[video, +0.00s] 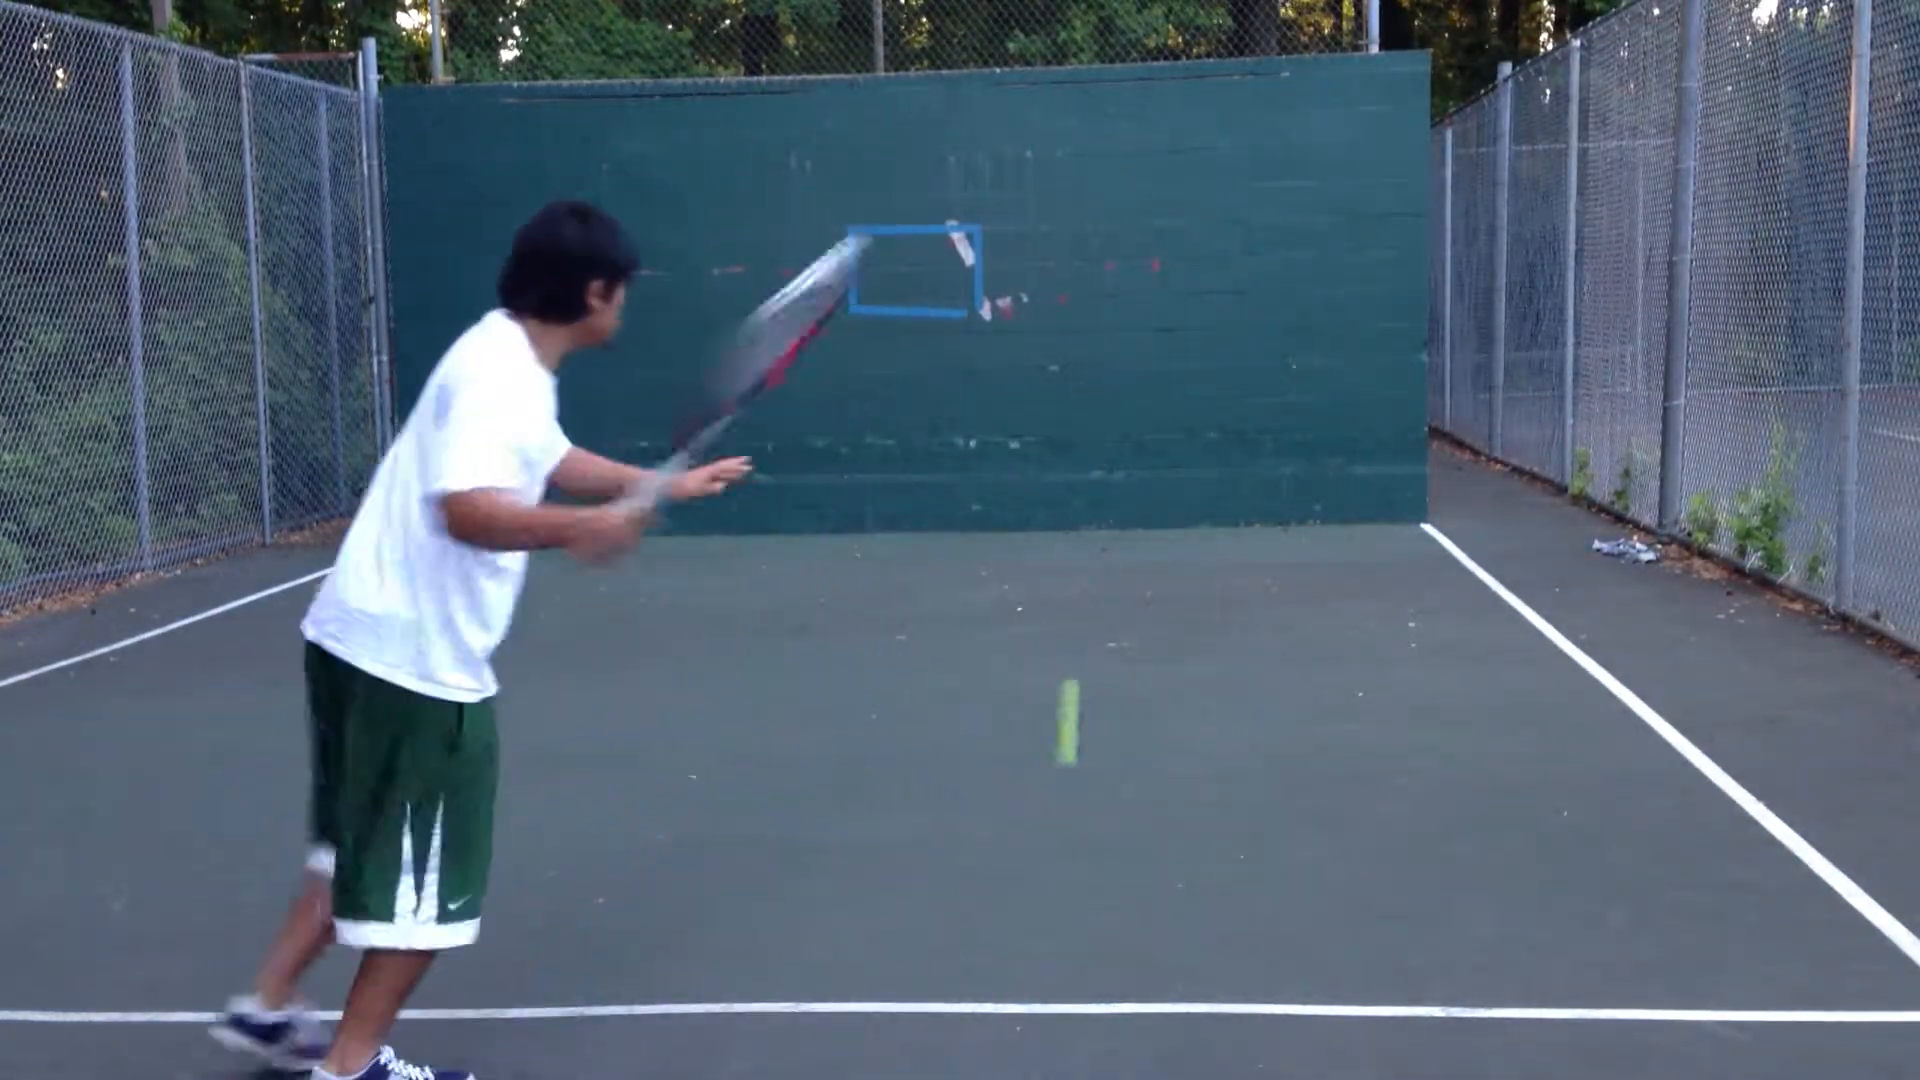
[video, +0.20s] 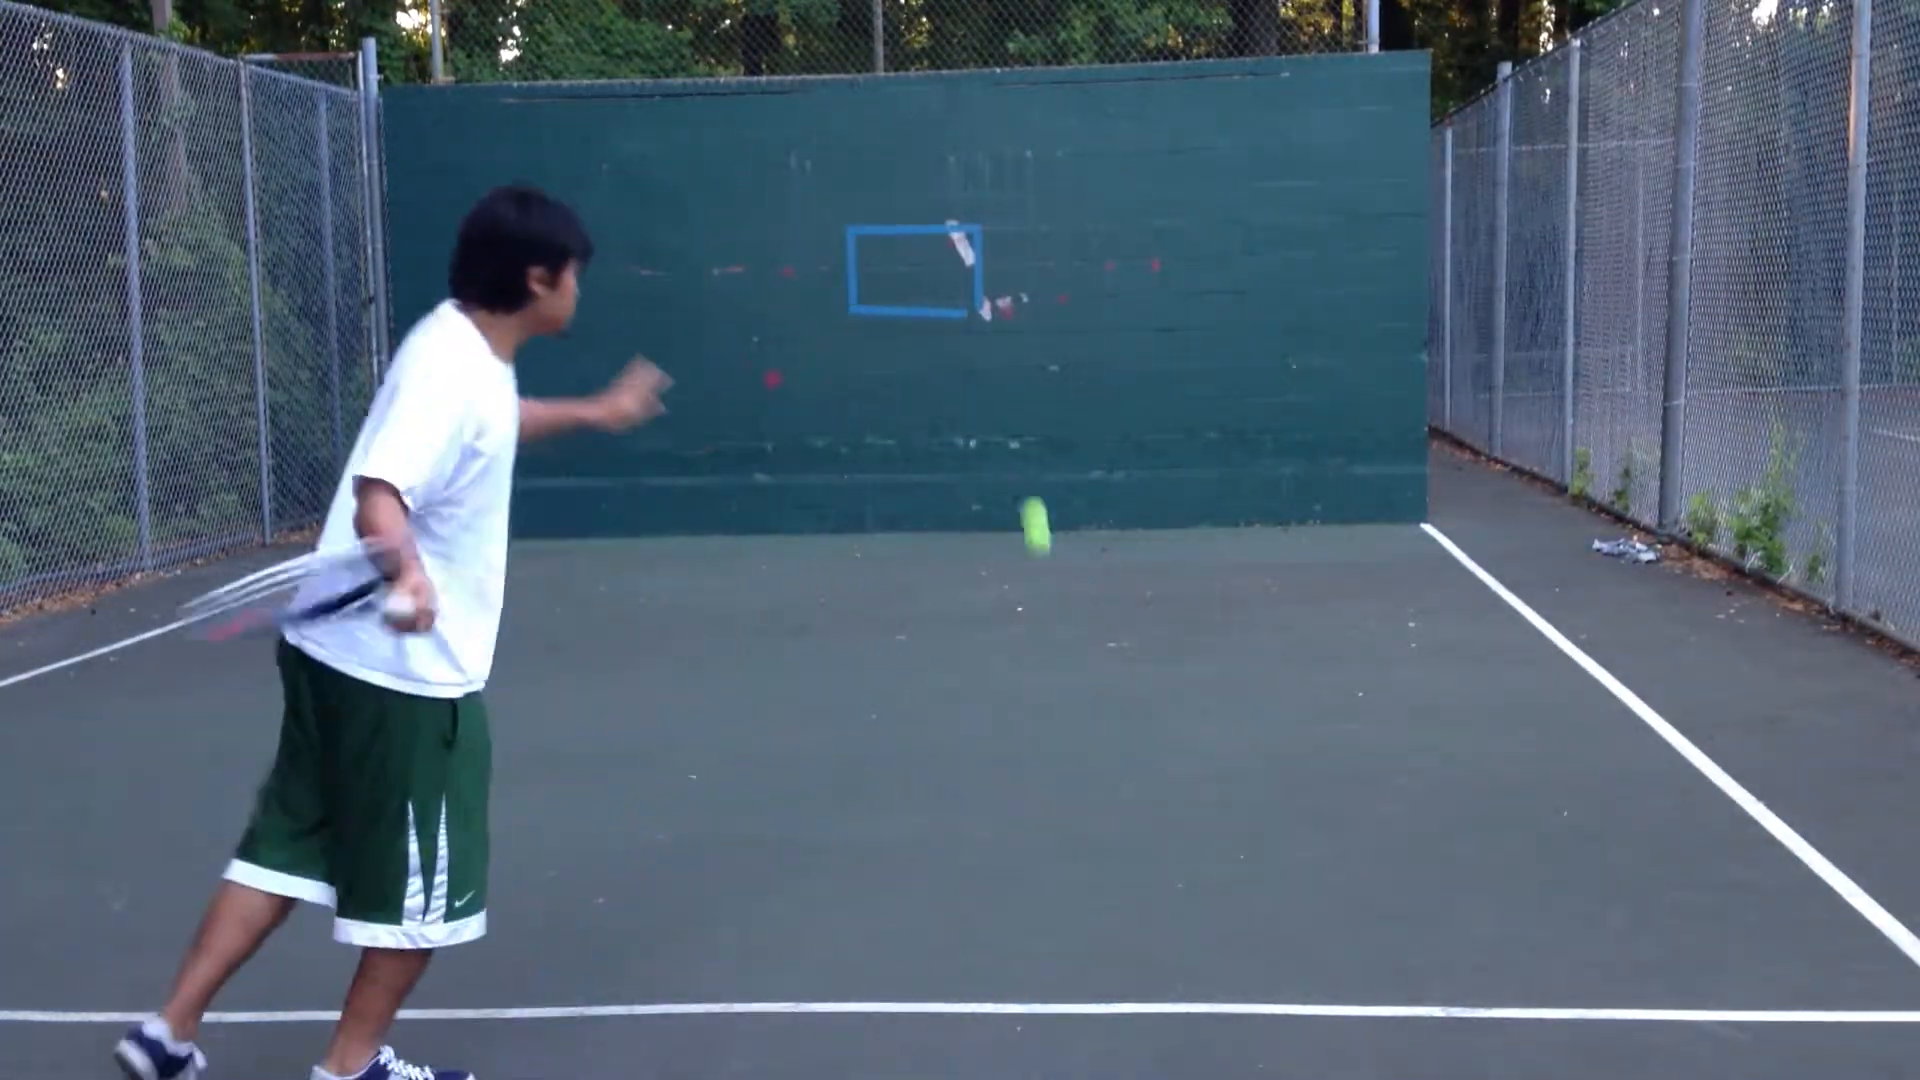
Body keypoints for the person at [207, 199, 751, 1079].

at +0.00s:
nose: (621, 306)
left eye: (622, 290)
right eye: (618, 290)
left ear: (545, 287)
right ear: (589, 297)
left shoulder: (507, 358)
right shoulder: (499, 373)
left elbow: (549, 462)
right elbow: (467, 510)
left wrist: (663, 482)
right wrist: (582, 526)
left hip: (366, 638)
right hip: (415, 663)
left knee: (357, 850)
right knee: (426, 896)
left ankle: (267, 1003)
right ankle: (351, 1063)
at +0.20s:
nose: (578, 291)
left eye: (576, 274)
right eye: (571, 275)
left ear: (495, 272)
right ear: (536, 284)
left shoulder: (459, 341)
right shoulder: (449, 368)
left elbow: (490, 424)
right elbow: (379, 496)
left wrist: (597, 410)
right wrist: (408, 568)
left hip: (338, 650)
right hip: (408, 674)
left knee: (287, 846)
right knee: (422, 890)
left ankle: (171, 1028)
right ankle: (353, 1061)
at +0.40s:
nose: (534, 232)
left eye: (530, 214)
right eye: (522, 215)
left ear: (440, 222)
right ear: (473, 224)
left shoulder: (365, 282)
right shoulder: (456, 326)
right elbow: (514, 474)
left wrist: (551, 477)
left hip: (303, 596)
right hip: (409, 627)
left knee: (238, 806)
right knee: (417, 850)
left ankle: (156, 1012)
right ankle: (359, 1053)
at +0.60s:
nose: (475, 196)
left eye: (473, 180)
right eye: (468, 181)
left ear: (368, 179)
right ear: (433, 186)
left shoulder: (297, 265)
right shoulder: (462, 262)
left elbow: (254, 359)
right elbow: (562, 321)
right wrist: (593, 274)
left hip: (304, 575)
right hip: (420, 581)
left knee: (262, 780)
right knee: (424, 816)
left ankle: (210, 980)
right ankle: (389, 1032)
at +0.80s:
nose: (432, 242)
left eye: (431, 229)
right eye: (429, 230)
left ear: (324, 239)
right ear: (409, 239)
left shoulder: (267, 334)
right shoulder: (435, 301)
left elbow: (236, 457)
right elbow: (459, 331)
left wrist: (270, 328)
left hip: (301, 626)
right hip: (410, 618)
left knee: (303, 823)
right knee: (454, 838)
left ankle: (295, 1015)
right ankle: (390, 1030)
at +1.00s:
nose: (414, 261)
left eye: (410, 247)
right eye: (410, 249)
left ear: (309, 263)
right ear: (392, 258)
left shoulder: (258, 355)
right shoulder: (432, 319)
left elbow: (245, 499)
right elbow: (474, 406)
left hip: (292, 635)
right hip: (406, 622)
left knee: (304, 829)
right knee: (483, 814)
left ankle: (295, 1019)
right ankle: (424, 1004)